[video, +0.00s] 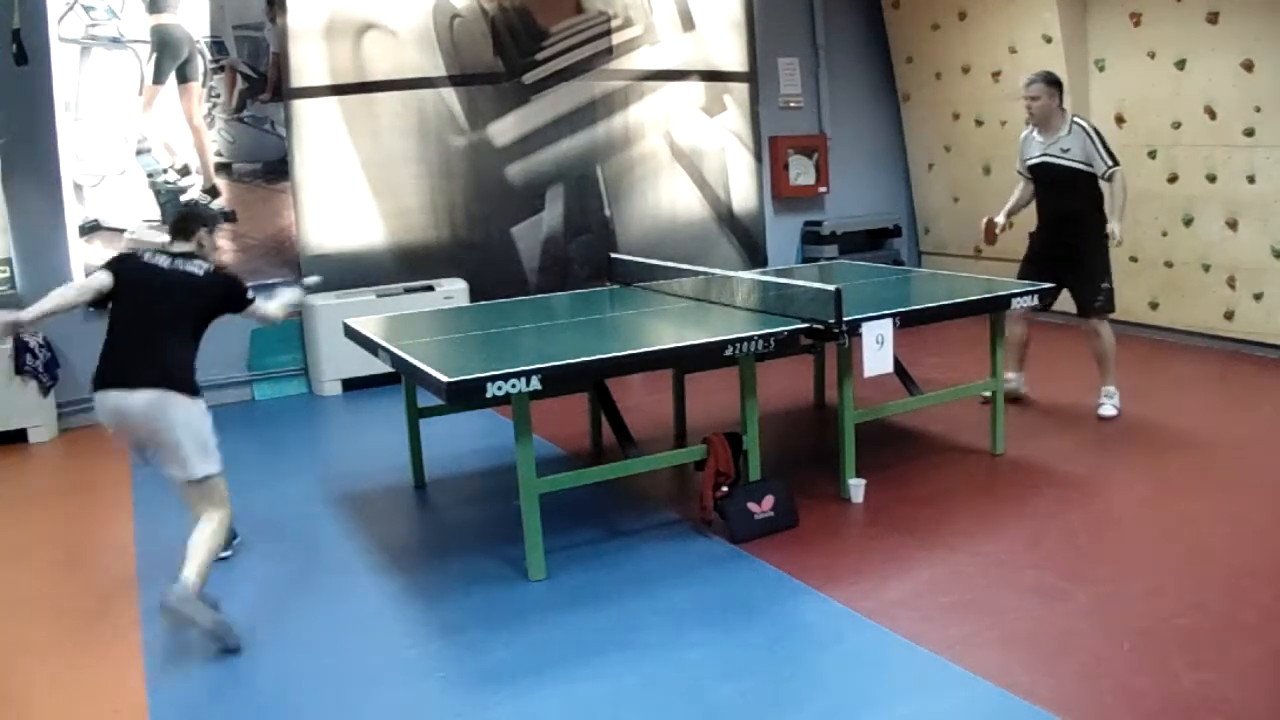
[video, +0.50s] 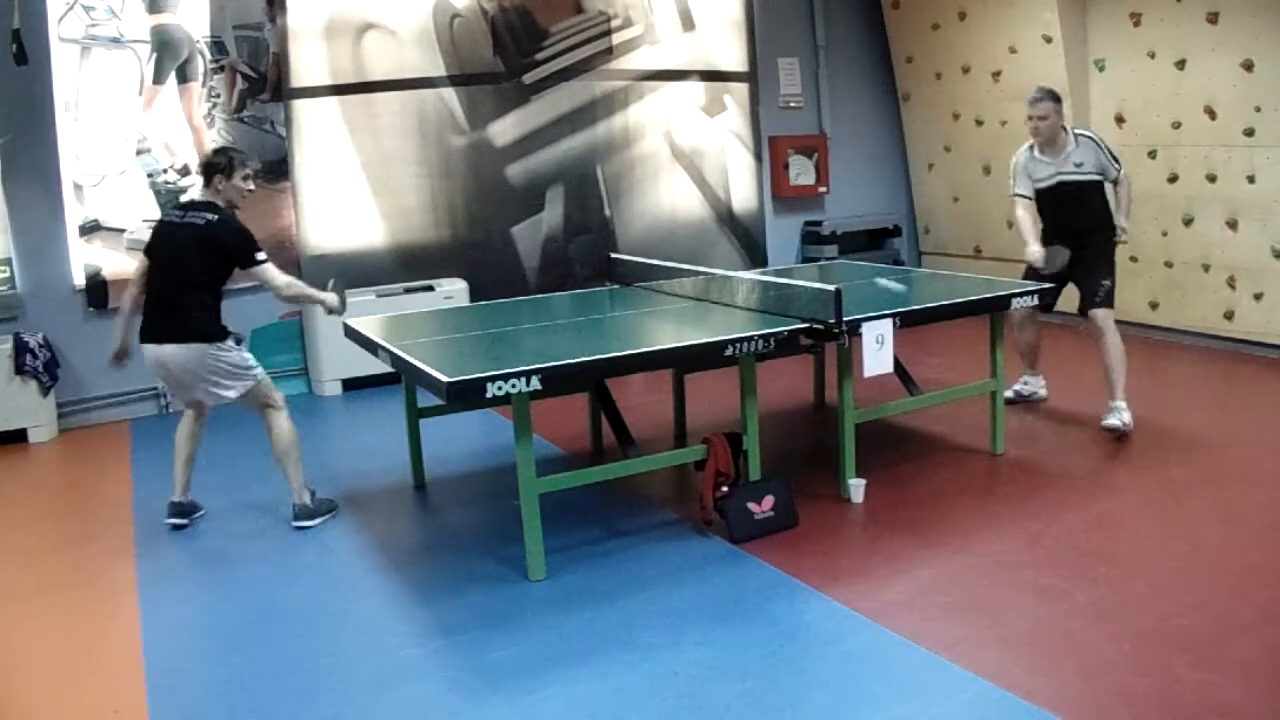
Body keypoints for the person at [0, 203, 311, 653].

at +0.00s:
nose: (222, 243)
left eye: (221, 234)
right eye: (219, 235)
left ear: (172, 233)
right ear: (202, 236)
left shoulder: (129, 264)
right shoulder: (216, 280)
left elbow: (82, 290)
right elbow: (268, 313)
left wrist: (26, 317)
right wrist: (287, 298)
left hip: (111, 397)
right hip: (170, 399)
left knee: (182, 463)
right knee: (214, 508)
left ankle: (214, 537)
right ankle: (187, 589)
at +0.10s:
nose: (230, 225)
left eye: (229, 217)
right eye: (227, 217)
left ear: (180, 211)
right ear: (209, 215)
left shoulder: (138, 240)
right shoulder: (223, 259)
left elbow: (92, 271)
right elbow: (289, 286)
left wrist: (42, 309)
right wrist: (341, 293)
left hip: (122, 370)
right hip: (176, 370)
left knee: (180, 446)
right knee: (229, 465)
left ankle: (217, 529)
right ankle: (209, 541)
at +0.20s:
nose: (240, 193)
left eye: (240, 185)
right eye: (238, 185)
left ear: (197, 181)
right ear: (221, 184)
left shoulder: (147, 217)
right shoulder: (230, 232)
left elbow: (99, 258)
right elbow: (293, 269)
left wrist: (50, 301)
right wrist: (340, 282)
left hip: (130, 347)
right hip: (181, 343)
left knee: (188, 425)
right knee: (244, 421)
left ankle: (212, 521)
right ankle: (244, 519)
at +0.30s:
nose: (248, 180)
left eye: (248, 172)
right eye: (244, 172)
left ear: (207, 170)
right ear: (227, 172)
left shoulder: (157, 206)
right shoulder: (233, 217)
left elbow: (108, 258)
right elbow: (295, 266)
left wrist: (63, 307)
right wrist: (338, 279)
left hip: (140, 338)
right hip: (192, 334)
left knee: (187, 404)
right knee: (256, 405)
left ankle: (195, 496)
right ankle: (293, 503)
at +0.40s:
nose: (248, 187)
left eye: (250, 179)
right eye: (244, 178)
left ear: (210, 177)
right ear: (220, 176)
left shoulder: (163, 218)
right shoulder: (233, 222)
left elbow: (119, 273)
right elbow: (294, 276)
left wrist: (85, 324)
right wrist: (333, 286)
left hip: (157, 345)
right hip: (207, 341)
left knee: (187, 407)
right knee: (268, 406)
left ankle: (183, 501)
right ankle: (304, 501)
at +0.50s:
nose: (250, 187)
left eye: (251, 179)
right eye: (244, 179)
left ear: (211, 181)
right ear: (219, 180)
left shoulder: (168, 221)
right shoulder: (228, 227)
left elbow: (136, 286)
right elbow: (280, 285)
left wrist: (124, 340)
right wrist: (323, 297)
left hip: (154, 345)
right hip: (201, 345)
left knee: (194, 407)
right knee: (273, 404)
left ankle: (179, 501)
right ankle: (303, 501)